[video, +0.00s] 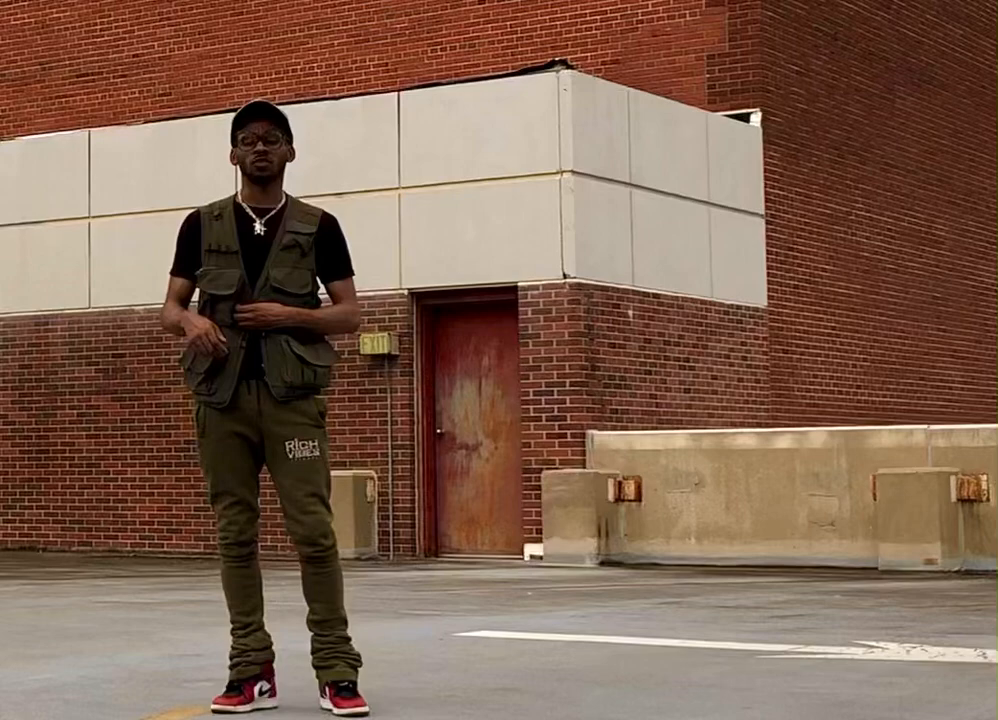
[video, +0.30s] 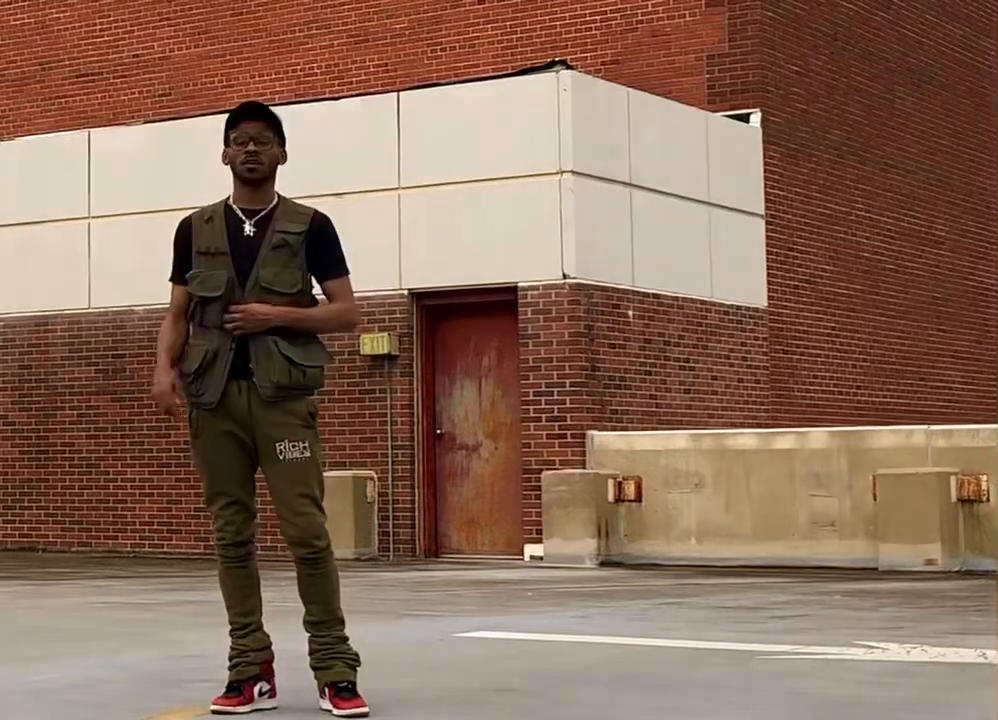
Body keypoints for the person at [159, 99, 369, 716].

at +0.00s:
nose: (261, 149)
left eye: (272, 141)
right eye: (250, 142)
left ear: (289, 151)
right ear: (234, 153)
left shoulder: (318, 226)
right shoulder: (202, 226)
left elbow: (349, 315)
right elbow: (172, 308)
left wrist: (286, 314)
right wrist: (189, 319)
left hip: (294, 402)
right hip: (222, 404)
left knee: (314, 536)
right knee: (236, 538)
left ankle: (337, 671)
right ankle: (250, 666)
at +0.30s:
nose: (250, 150)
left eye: (262, 142)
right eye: (240, 142)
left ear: (281, 154)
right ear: (225, 154)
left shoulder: (310, 226)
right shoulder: (194, 229)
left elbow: (345, 313)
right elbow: (177, 312)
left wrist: (273, 314)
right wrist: (164, 365)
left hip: (285, 402)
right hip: (213, 403)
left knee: (308, 537)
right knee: (232, 539)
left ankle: (335, 672)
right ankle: (250, 669)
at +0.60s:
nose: (246, 150)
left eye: (257, 142)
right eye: (236, 142)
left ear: (277, 154)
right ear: (221, 154)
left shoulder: (307, 226)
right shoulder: (193, 232)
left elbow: (353, 308)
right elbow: (178, 324)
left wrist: (286, 306)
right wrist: (167, 407)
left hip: (284, 402)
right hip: (212, 404)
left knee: (308, 538)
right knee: (232, 540)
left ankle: (336, 673)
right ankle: (250, 669)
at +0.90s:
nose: (246, 151)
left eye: (257, 142)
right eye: (236, 143)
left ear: (276, 154)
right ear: (220, 154)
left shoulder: (307, 226)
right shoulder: (193, 233)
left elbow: (350, 310)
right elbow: (181, 323)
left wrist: (287, 301)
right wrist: (173, 403)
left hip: (284, 403)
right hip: (212, 405)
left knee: (308, 538)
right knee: (232, 540)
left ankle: (336, 672)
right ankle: (249, 667)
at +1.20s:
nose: (257, 149)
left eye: (266, 141)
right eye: (244, 140)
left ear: (277, 152)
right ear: (220, 152)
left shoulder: (305, 226)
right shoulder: (191, 234)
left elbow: (332, 314)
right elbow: (178, 324)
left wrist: (305, 345)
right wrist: (168, 397)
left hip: (284, 403)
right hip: (213, 408)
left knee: (311, 538)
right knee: (233, 540)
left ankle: (336, 673)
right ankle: (250, 668)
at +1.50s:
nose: (275, 150)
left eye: (278, 141)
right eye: (261, 141)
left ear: (281, 152)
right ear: (227, 152)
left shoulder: (304, 225)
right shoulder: (189, 235)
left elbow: (331, 316)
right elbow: (178, 327)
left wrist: (336, 392)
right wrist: (175, 407)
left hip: (289, 403)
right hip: (215, 408)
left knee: (311, 539)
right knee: (233, 542)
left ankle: (337, 672)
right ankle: (250, 667)